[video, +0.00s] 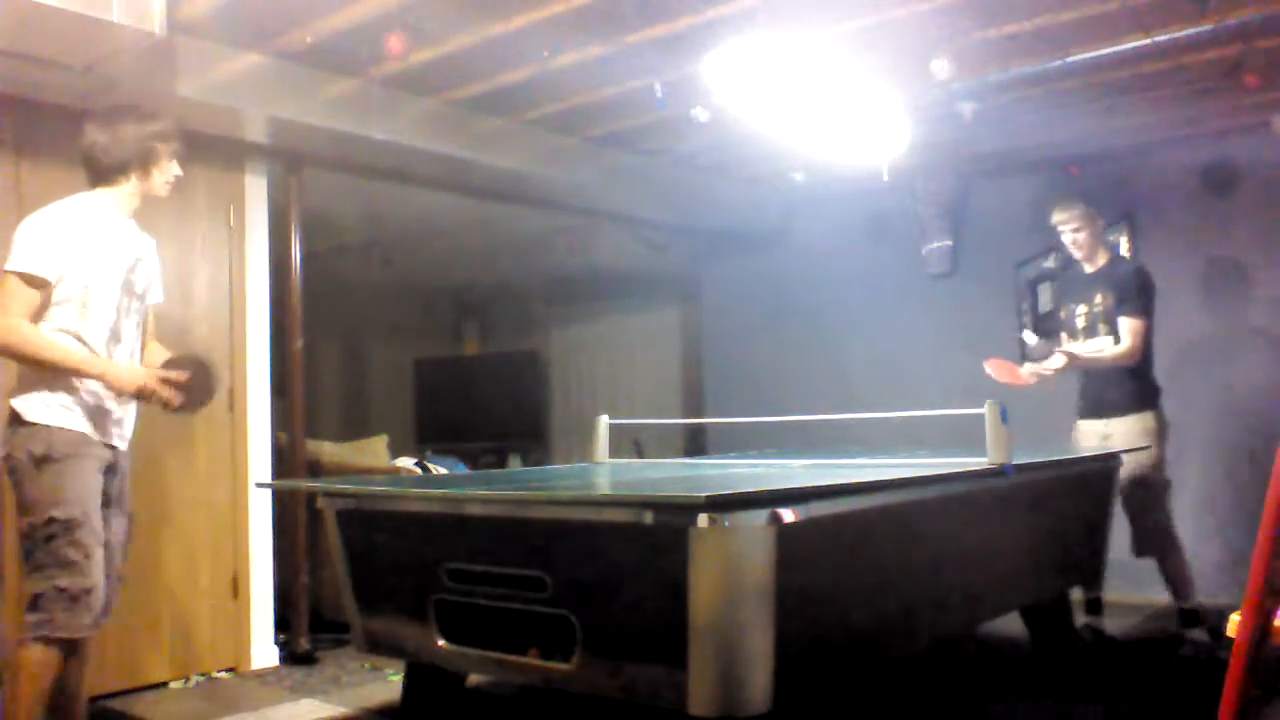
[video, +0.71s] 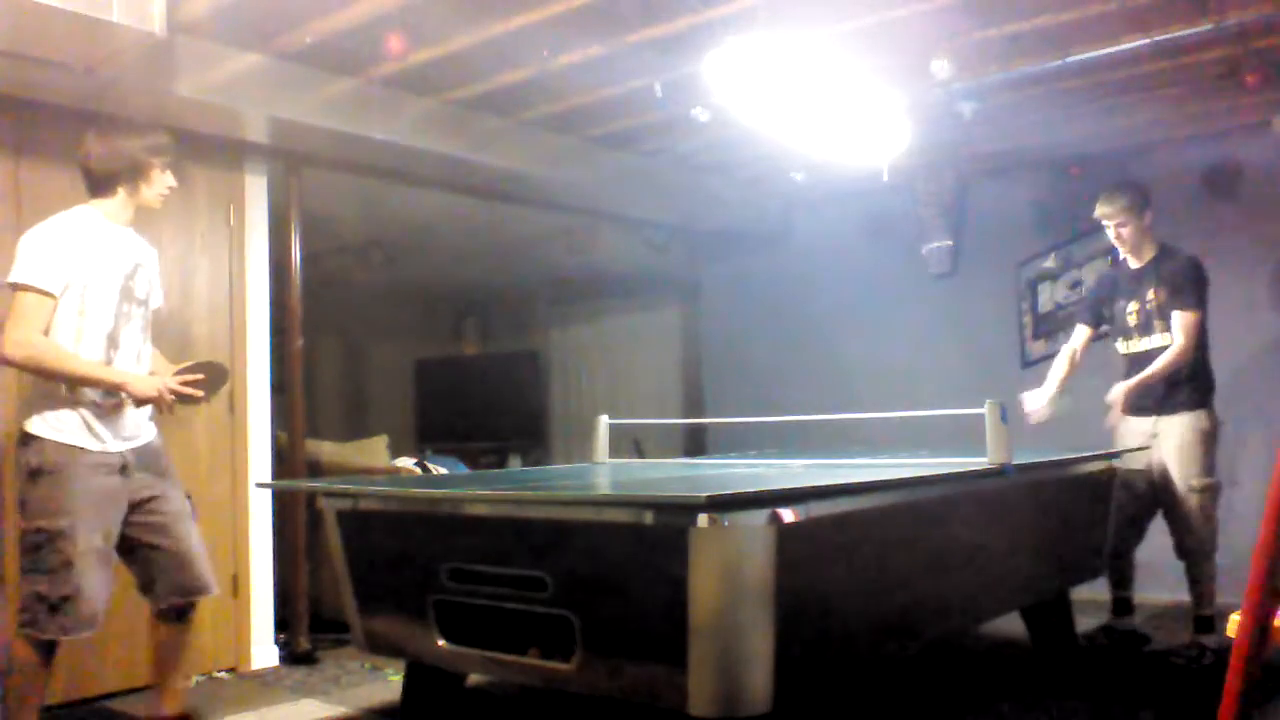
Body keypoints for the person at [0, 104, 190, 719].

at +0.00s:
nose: (178, 170)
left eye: (177, 157)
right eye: (169, 157)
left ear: (131, 162)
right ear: (134, 159)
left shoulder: (143, 248)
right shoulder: (56, 223)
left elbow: (139, 337)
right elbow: (10, 325)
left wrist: (167, 374)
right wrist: (109, 370)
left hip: (107, 434)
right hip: (51, 429)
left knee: (92, 598)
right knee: (64, 596)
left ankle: (68, 716)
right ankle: (21, 716)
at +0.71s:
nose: (172, 181)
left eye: (170, 168)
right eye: (163, 168)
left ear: (136, 174)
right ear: (129, 172)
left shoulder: (144, 256)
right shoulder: (53, 239)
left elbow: (135, 341)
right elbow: (18, 342)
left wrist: (170, 376)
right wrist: (125, 379)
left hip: (135, 443)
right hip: (65, 447)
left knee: (181, 583)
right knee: (54, 607)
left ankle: (167, 708)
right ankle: (21, 713)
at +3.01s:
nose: (207, 132)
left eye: (207, 117)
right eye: (202, 118)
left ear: (131, 106)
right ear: (174, 107)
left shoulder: (93, 175)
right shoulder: (159, 165)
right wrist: (260, 339)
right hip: (98, 443)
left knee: (177, 646)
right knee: (116, 668)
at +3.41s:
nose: (172, 105)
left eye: (170, 91)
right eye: (166, 91)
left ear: (81, 88)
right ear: (142, 86)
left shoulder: (13, 165)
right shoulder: (172, 160)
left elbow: (15, 309)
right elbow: (289, 285)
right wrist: (371, 311)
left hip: (19, 431)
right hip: (97, 435)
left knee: (94, 663)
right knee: (125, 669)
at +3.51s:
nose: (166, 90)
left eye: (164, 75)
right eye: (161, 74)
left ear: (70, 82)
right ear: (140, 79)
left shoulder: (15, 162)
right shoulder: (159, 163)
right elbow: (227, 313)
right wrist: (311, 368)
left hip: (15, 434)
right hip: (87, 438)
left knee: (158, 648)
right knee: (103, 670)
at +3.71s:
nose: (170, 73)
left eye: (167, 54)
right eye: (160, 55)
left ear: (72, 66)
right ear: (126, 62)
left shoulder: (26, 149)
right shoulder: (103, 149)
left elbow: (35, 320)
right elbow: (51, 310)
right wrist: (170, 455)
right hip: (58, 466)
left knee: (158, 667)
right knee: (42, 684)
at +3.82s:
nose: (176, 53)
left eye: (172, 35)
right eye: (163, 32)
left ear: (118, 44)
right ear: (116, 40)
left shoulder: (80, 144)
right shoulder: (55, 131)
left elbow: (32, 319)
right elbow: (1, 305)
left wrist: (115, 440)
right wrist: (106, 436)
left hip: (87, 474)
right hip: (38, 467)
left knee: (149, 682)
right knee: (35, 699)